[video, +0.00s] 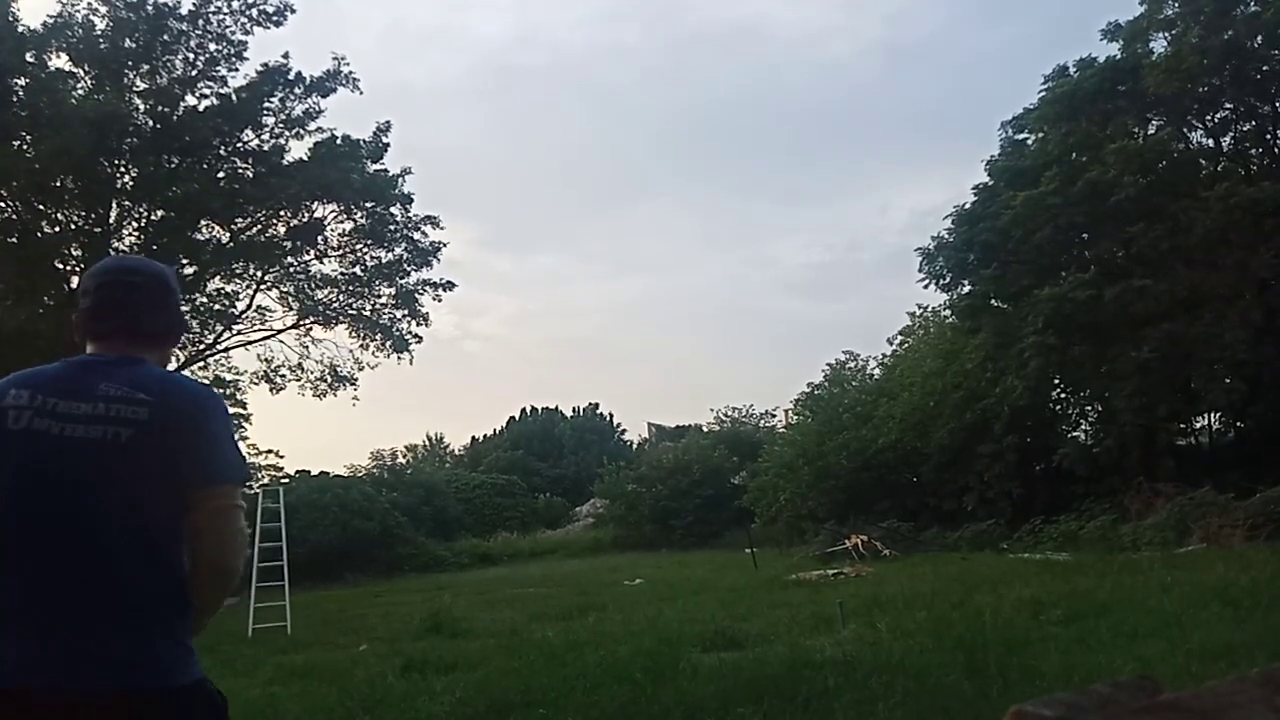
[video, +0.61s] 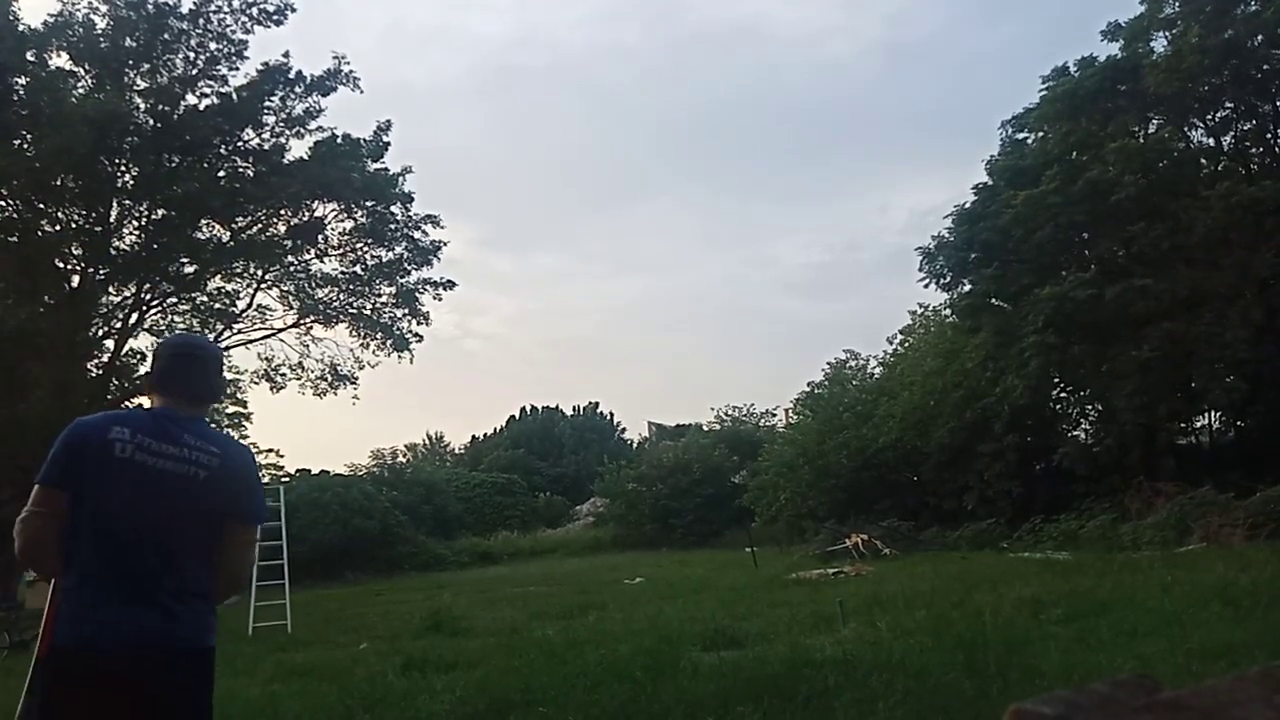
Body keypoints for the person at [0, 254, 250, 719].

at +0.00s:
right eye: (181, 328)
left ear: (81, 325)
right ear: (174, 334)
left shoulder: (11, 392)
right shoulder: (193, 404)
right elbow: (223, 561)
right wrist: (171, 632)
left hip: (19, 661)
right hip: (145, 670)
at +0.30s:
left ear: (110, 366)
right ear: (191, 377)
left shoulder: (33, 439)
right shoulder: (216, 454)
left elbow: (4, 560)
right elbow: (230, 587)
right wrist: (169, 632)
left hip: (39, 672)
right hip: (161, 679)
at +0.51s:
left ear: (148, 387)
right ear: (218, 400)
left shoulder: (79, 441)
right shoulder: (237, 471)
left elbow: (22, 548)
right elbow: (236, 587)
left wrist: (76, 597)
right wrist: (178, 618)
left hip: (73, 661)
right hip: (177, 672)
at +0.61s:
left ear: (150, 380)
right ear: (217, 393)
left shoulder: (87, 433)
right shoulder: (237, 461)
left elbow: (32, 539)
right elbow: (235, 574)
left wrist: (91, 576)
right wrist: (178, 597)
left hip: (81, 649)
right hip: (181, 657)